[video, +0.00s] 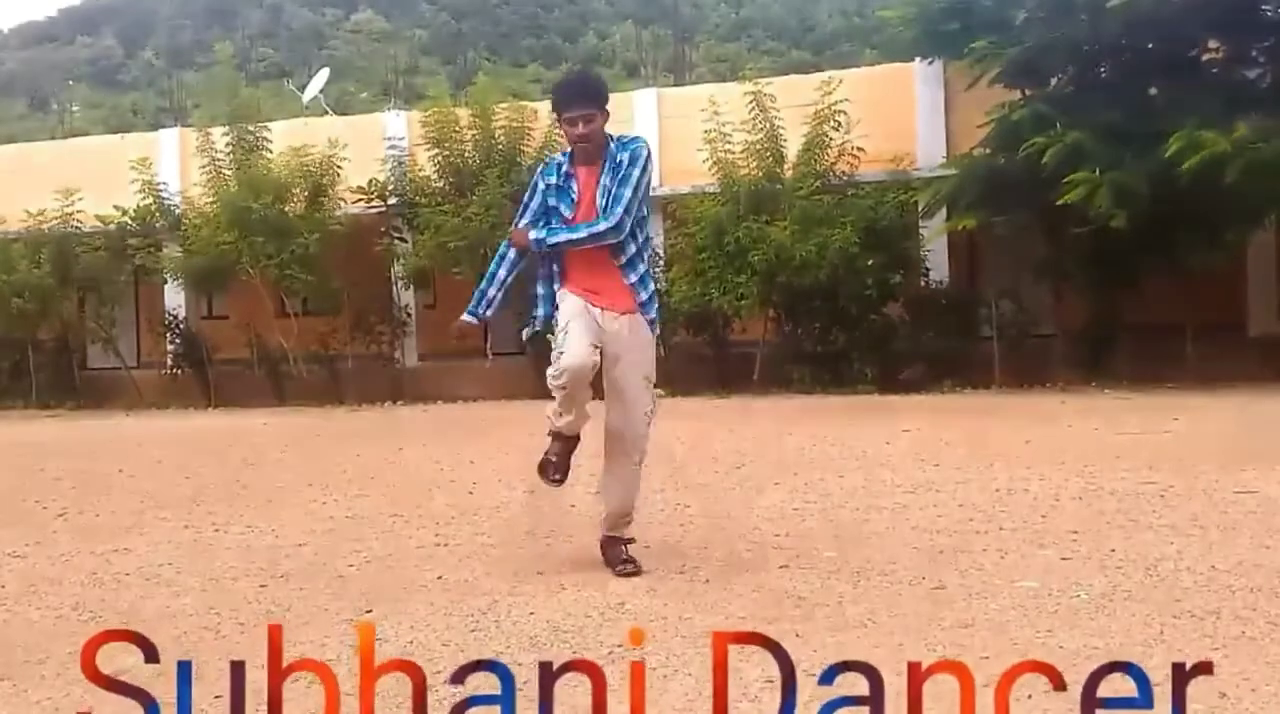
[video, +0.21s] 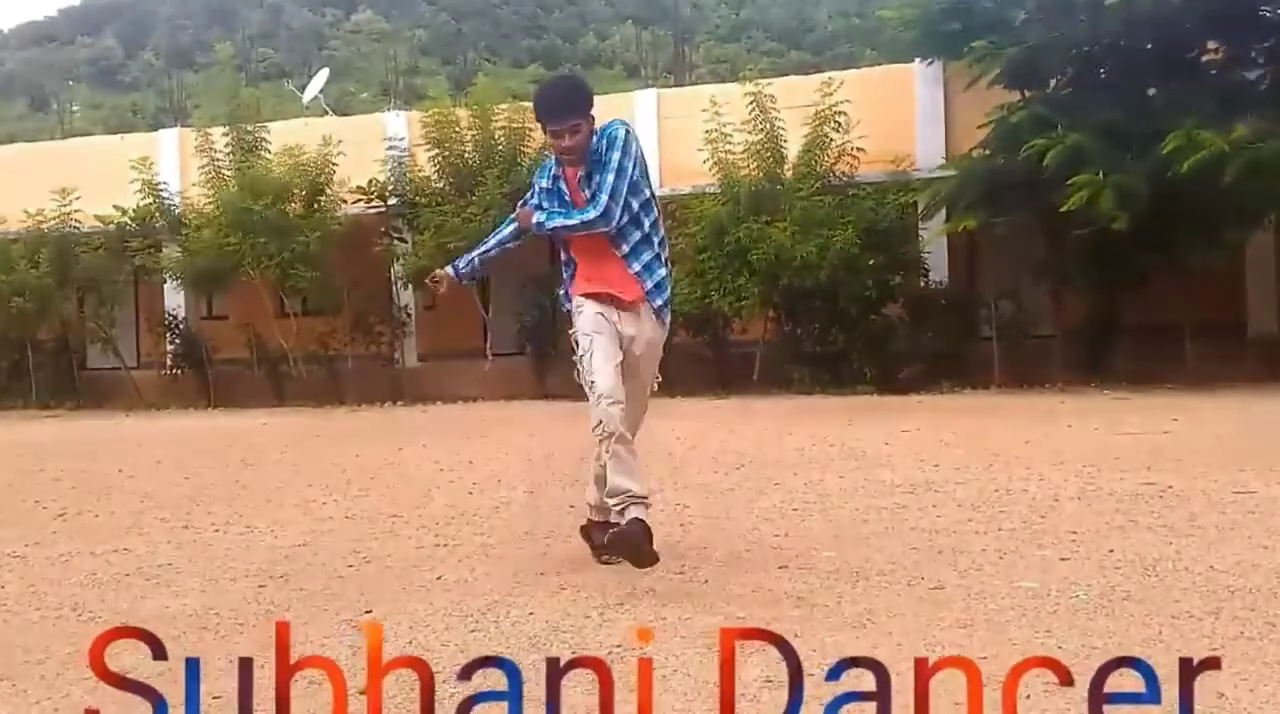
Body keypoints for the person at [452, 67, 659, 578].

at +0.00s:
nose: (580, 131)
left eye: (588, 120)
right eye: (569, 122)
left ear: (606, 116)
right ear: (559, 124)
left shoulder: (633, 153)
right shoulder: (552, 172)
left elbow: (616, 225)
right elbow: (520, 240)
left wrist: (541, 236)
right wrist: (480, 307)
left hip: (630, 298)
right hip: (575, 292)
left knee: (629, 426)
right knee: (575, 361)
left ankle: (616, 534)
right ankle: (564, 434)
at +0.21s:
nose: (565, 143)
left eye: (574, 131)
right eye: (554, 134)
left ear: (590, 119)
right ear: (542, 129)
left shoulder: (617, 140)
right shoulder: (548, 171)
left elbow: (606, 214)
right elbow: (519, 225)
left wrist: (540, 221)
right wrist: (457, 269)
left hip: (645, 296)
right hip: (589, 297)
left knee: (629, 415)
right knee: (608, 399)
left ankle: (600, 515)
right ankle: (631, 515)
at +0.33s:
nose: (569, 158)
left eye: (578, 147)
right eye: (559, 150)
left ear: (595, 149)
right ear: (549, 158)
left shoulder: (620, 176)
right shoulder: (556, 221)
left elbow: (610, 257)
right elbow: (532, 284)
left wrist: (551, 275)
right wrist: (459, 287)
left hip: (649, 338)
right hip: (597, 346)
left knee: (632, 443)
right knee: (626, 442)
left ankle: (601, 527)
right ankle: (649, 561)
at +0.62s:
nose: (571, 140)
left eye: (581, 130)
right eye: (560, 130)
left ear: (596, 136)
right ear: (546, 138)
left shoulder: (624, 171)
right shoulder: (553, 214)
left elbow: (678, 234)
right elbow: (567, 285)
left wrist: (738, 286)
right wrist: (590, 301)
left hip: (659, 344)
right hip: (597, 353)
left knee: (656, 459)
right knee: (603, 464)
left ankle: (685, 482)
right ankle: (651, 579)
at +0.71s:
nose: (577, 119)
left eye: (587, 109)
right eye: (566, 109)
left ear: (603, 115)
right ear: (550, 116)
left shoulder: (629, 152)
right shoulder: (551, 186)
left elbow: (694, 202)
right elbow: (567, 259)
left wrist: (769, 243)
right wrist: (641, 234)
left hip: (652, 317)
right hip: (591, 329)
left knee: (640, 413)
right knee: (609, 460)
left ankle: (680, 501)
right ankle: (650, 578)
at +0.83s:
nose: (591, 80)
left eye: (601, 69)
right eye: (580, 70)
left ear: (616, 72)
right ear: (564, 75)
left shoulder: (646, 119)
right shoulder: (550, 136)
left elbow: (713, 165)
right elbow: (569, 213)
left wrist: (790, 208)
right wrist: (656, 184)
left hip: (642, 289)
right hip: (577, 297)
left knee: (623, 408)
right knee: (608, 427)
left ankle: (630, 569)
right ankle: (658, 563)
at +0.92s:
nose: (603, 84)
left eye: (613, 73)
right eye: (591, 74)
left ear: (629, 74)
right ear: (574, 77)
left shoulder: (652, 129)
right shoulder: (555, 129)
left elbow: (722, 169)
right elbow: (561, 201)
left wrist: (802, 201)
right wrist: (650, 183)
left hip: (637, 309)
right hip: (571, 311)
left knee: (614, 438)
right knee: (607, 443)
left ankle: (596, 591)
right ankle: (657, 571)